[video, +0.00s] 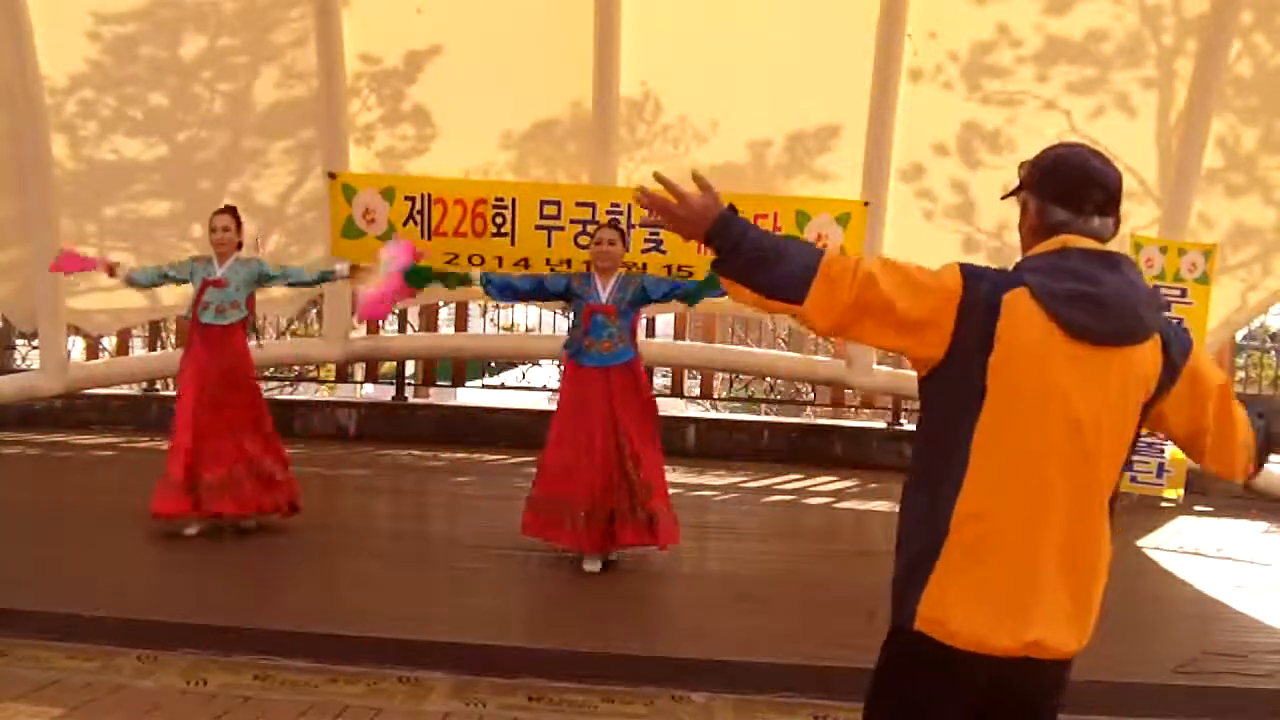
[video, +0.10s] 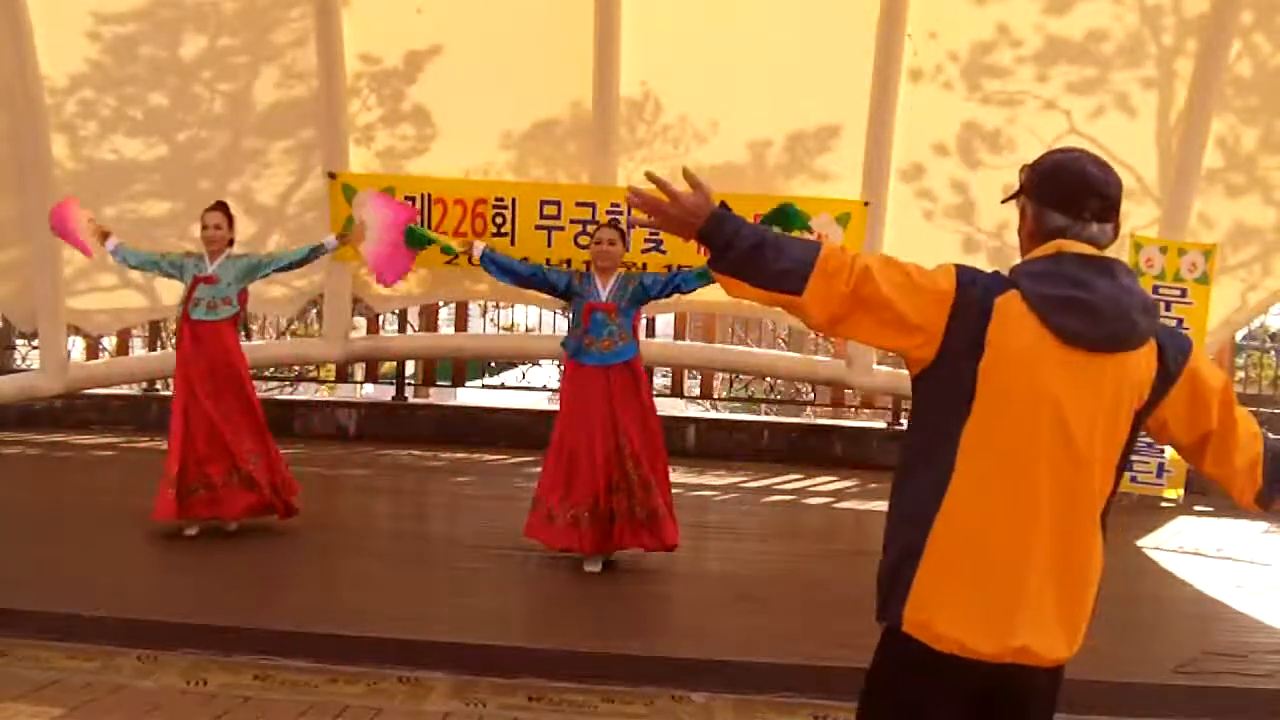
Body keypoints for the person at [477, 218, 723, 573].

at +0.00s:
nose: (604, 248)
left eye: (612, 243)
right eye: (599, 242)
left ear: (623, 251)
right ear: (589, 249)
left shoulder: (636, 286)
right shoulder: (576, 284)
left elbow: (681, 291)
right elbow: (526, 285)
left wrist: (715, 280)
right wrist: (476, 278)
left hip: (621, 381)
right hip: (583, 380)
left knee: (616, 456)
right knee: (586, 456)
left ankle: (608, 541)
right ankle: (589, 543)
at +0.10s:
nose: (604, 247)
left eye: (611, 243)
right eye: (598, 242)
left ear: (623, 252)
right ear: (590, 249)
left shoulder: (636, 285)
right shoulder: (575, 283)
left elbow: (678, 281)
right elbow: (528, 273)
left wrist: (715, 269)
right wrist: (483, 255)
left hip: (622, 380)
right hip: (583, 379)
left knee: (618, 455)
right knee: (586, 456)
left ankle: (608, 541)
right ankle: (590, 544)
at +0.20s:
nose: (604, 247)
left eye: (611, 242)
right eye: (598, 242)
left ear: (623, 250)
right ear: (589, 249)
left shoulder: (635, 286)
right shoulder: (575, 282)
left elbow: (679, 274)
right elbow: (531, 262)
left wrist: (717, 254)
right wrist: (489, 231)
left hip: (623, 381)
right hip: (583, 380)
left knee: (621, 457)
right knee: (585, 457)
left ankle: (615, 541)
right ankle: (589, 546)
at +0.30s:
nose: (604, 247)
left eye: (612, 241)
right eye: (598, 241)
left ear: (624, 250)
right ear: (588, 248)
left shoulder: (634, 283)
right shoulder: (576, 280)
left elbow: (676, 268)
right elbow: (538, 252)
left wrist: (712, 246)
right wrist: (499, 215)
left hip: (622, 380)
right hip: (581, 379)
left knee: (620, 459)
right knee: (584, 458)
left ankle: (617, 549)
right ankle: (591, 547)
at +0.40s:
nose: (604, 246)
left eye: (612, 240)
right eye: (598, 240)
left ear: (624, 248)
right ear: (588, 247)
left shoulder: (633, 285)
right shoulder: (577, 280)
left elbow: (672, 265)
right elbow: (542, 245)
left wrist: (693, 230)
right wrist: (512, 199)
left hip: (623, 380)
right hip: (583, 380)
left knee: (620, 461)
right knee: (587, 460)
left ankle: (606, 550)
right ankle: (595, 553)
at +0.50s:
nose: (605, 247)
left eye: (613, 242)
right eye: (598, 241)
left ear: (624, 251)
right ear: (588, 248)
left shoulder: (634, 286)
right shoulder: (577, 281)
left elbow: (670, 259)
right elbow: (548, 240)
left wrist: (692, 219)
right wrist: (528, 190)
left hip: (624, 386)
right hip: (583, 385)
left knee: (625, 464)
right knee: (586, 465)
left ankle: (620, 551)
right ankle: (594, 555)